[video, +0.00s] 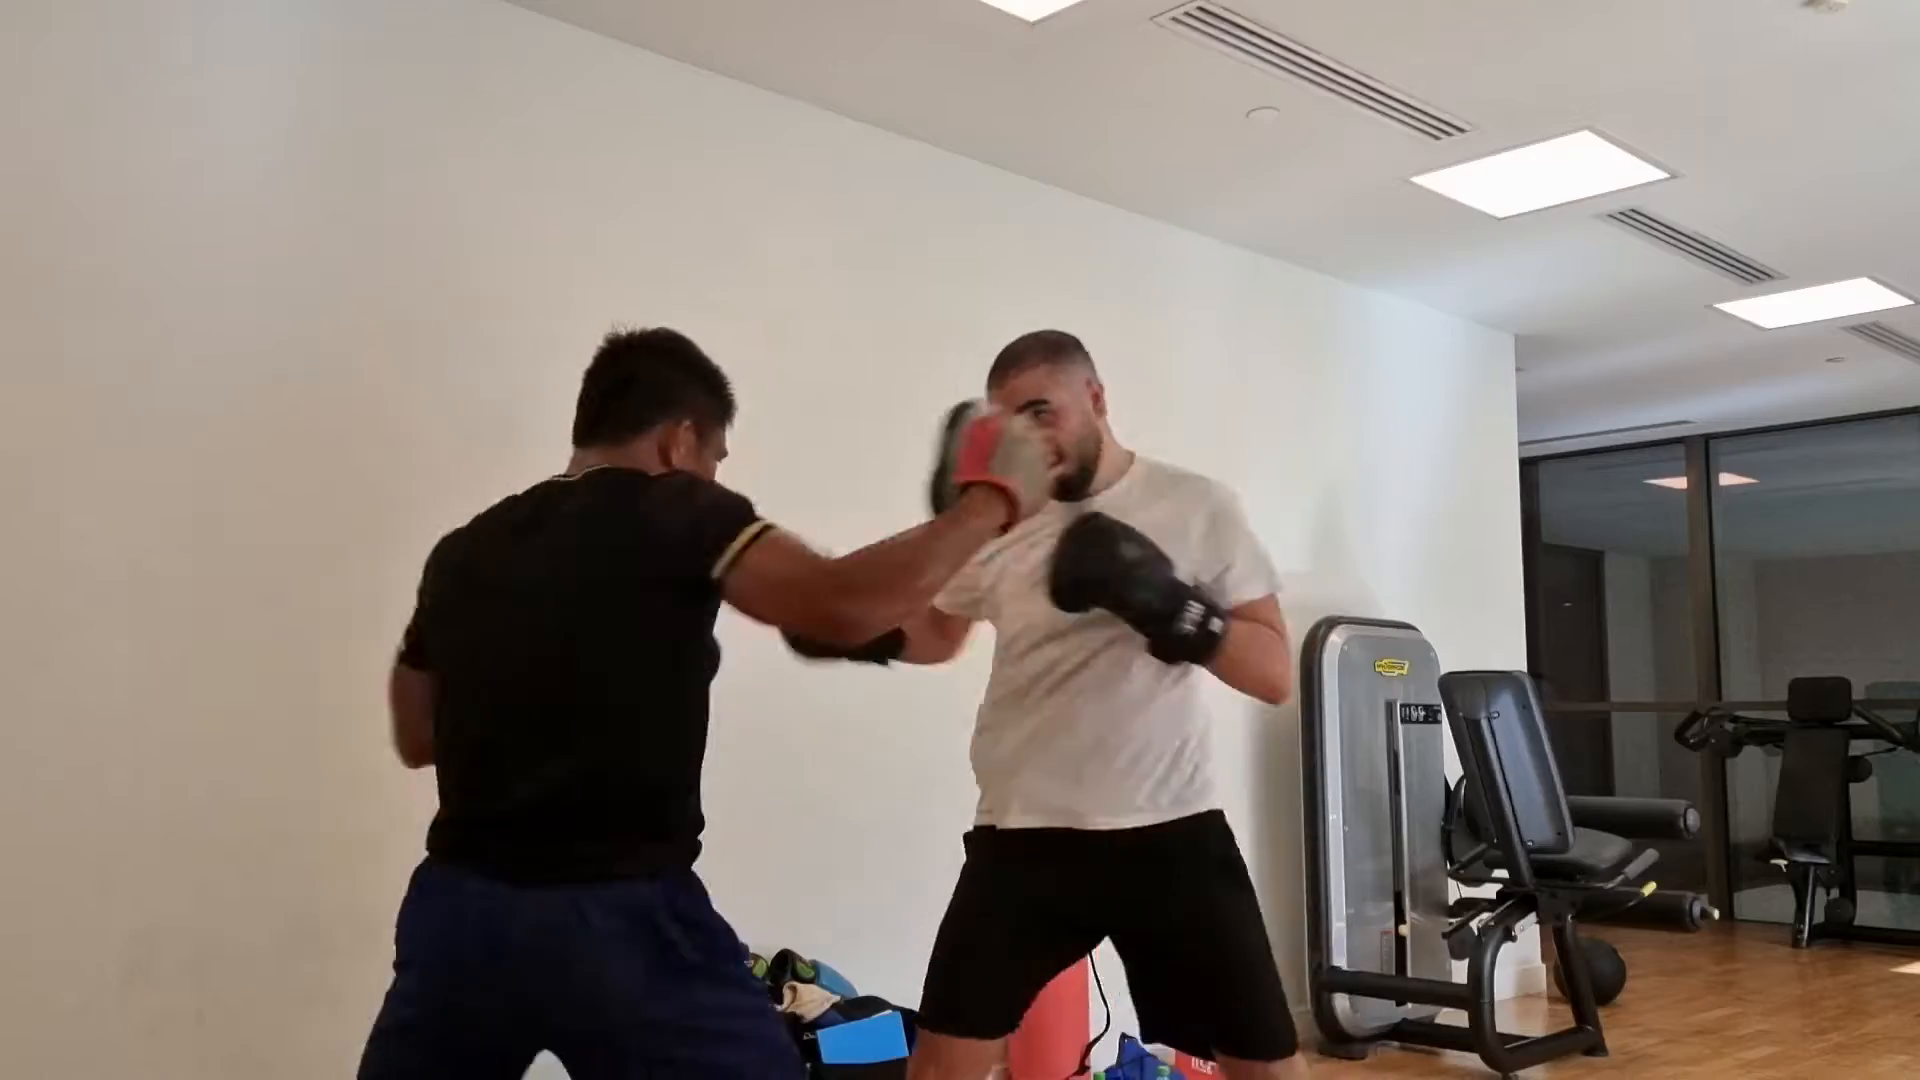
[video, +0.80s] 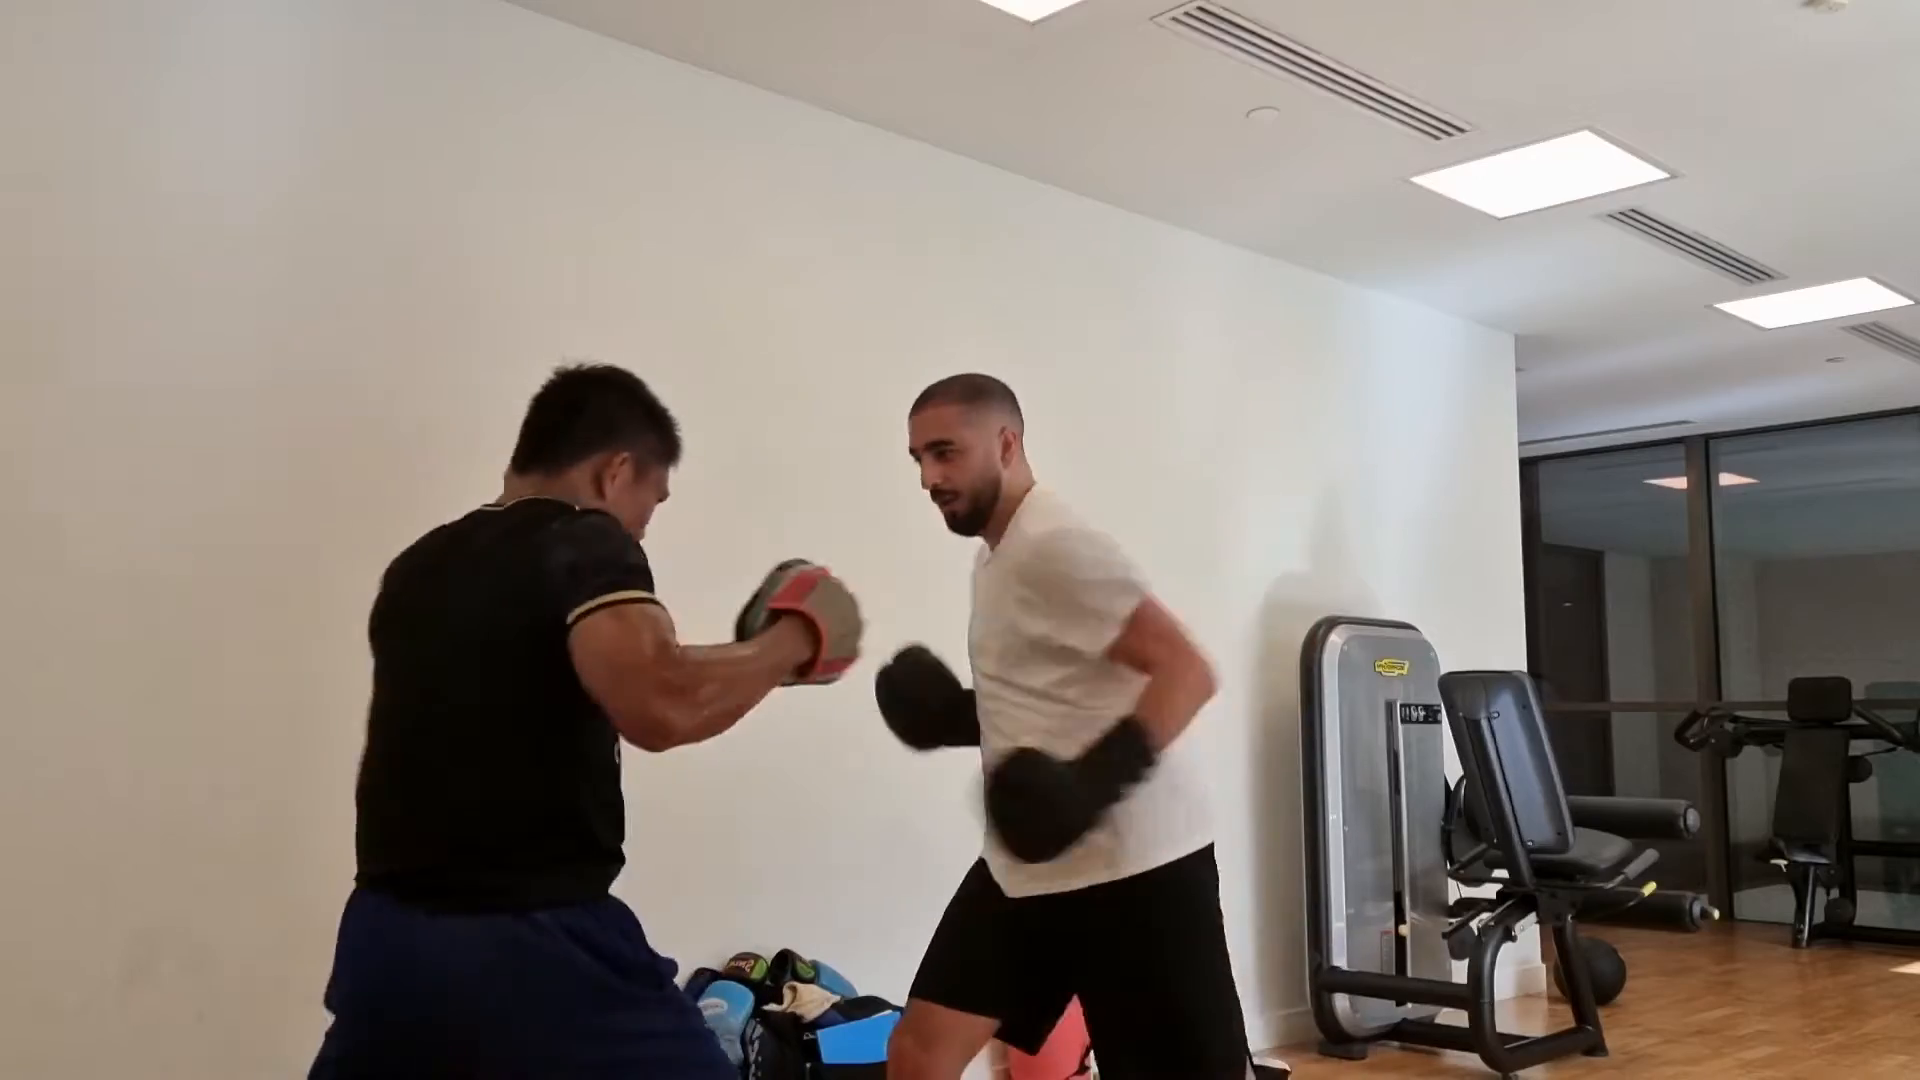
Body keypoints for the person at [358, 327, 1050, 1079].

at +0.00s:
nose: (714, 482)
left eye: (721, 465)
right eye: (716, 462)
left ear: (585, 433)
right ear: (677, 440)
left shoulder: (464, 551)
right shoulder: (677, 510)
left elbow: (416, 736)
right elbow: (839, 604)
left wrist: (551, 707)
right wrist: (989, 502)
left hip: (456, 926)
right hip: (630, 928)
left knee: (401, 1069)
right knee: (765, 1060)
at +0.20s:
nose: (715, 513)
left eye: (724, 493)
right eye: (721, 487)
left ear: (596, 450)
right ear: (683, 460)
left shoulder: (487, 550)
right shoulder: (627, 529)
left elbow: (685, 714)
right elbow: (753, 667)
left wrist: (818, 619)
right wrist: (862, 591)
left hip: (435, 924)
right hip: (588, 934)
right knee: (731, 1059)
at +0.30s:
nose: (705, 533)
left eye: (715, 513)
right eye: (712, 507)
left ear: (587, 467)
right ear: (674, 478)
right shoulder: (610, 546)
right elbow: (760, 648)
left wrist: (797, 610)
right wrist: (839, 583)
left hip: (424, 955)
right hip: (572, 959)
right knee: (740, 1065)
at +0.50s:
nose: (710, 522)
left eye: (715, 506)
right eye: (712, 502)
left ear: (584, 470)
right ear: (676, 480)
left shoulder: (447, 568)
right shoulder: (689, 549)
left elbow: (363, 759)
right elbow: (858, 641)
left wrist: (493, 720)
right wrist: (868, 497)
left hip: (428, 950)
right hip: (613, 958)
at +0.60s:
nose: (671, 531)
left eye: (679, 518)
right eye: (674, 513)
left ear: (551, 471)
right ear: (637, 483)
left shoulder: (408, 568)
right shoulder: (642, 554)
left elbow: (348, 765)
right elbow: (809, 662)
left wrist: (466, 693)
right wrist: (840, 546)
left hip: (398, 956)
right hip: (588, 959)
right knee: (711, 1057)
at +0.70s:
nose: (633, 532)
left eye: (642, 515)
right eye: (635, 513)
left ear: (503, 478)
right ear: (592, 485)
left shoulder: (374, 575)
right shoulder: (593, 553)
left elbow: (326, 738)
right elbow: (724, 667)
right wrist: (845, 592)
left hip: (378, 961)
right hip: (560, 957)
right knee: (717, 1059)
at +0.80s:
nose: (644, 530)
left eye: (656, 509)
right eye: (652, 504)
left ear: (527, 463)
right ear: (612, 473)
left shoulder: (414, 565)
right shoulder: (582, 541)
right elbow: (659, 702)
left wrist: (752, 661)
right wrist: (794, 638)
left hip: (388, 954)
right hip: (549, 956)